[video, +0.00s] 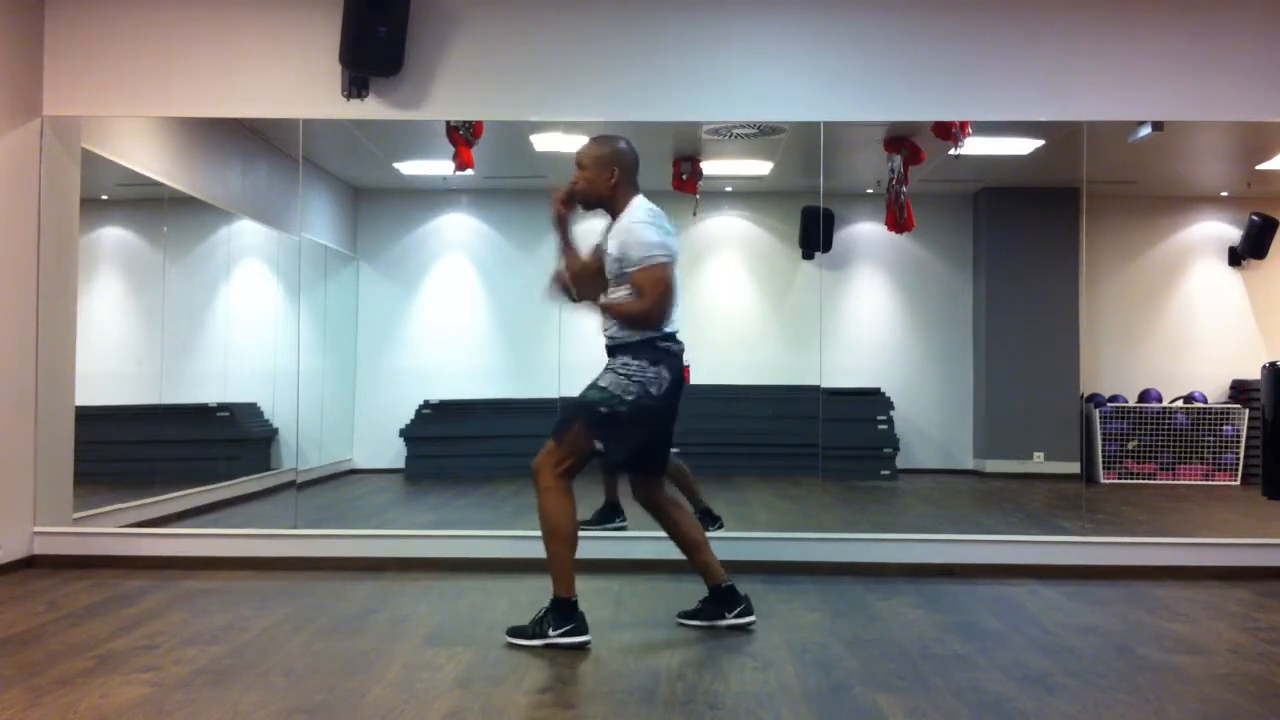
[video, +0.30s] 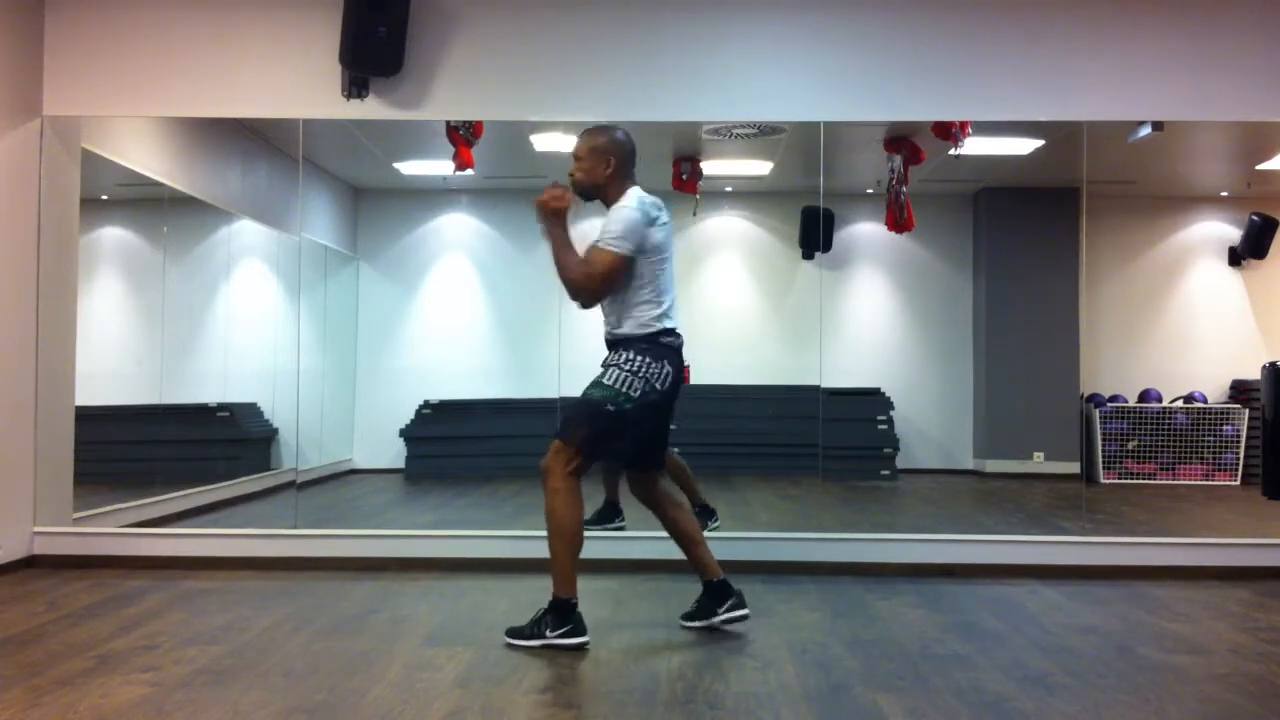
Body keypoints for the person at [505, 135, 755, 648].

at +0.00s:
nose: (575, 180)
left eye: (581, 170)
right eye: (576, 170)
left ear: (613, 175)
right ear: (615, 176)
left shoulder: (642, 223)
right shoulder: (621, 224)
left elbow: (651, 310)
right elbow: (584, 284)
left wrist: (591, 299)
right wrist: (563, 227)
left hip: (640, 368)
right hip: (647, 367)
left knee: (550, 469)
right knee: (649, 487)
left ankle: (564, 611)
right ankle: (724, 594)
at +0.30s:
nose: (572, 171)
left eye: (579, 162)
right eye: (574, 162)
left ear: (609, 165)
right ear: (615, 166)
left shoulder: (632, 211)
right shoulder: (637, 208)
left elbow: (585, 288)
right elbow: (589, 290)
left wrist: (556, 226)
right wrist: (559, 230)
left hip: (638, 360)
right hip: (651, 360)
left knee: (559, 467)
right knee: (646, 480)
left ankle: (563, 612)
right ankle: (718, 589)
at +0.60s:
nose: (594, 157)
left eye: (598, 148)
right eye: (595, 148)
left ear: (620, 148)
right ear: (644, 147)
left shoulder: (617, 194)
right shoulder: (678, 199)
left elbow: (566, 264)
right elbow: (648, 248)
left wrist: (575, 195)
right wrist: (603, 193)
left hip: (636, 342)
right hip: (674, 343)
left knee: (573, 464)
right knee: (681, 472)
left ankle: (564, 608)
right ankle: (723, 596)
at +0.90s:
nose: (577, 179)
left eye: (584, 169)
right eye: (579, 169)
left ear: (614, 176)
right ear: (623, 175)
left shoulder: (636, 220)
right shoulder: (645, 216)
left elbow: (580, 289)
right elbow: (591, 286)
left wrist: (575, 216)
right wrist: (583, 218)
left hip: (634, 369)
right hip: (655, 368)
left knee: (549, 468)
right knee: (663, 490)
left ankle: (561, 611)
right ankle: (743, 593)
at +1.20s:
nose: (559, 234)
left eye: (560, 225)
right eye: (558, 226)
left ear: (578, 217)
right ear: (605, 213)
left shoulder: (581, 253)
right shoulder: (654, 254)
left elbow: (554, 344)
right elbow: (652, 329)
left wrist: (548, 277)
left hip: (620, 397)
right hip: (663, 395)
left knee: (513, 473)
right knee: (633, 498)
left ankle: (516, 609)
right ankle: (715, 592)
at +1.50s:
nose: (483, 260)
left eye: (488, 249)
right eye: (481, 251)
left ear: (519, 247)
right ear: (519, 248)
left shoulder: (570, 290)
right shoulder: (528, 292)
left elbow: (547, 371)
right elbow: (516, 367)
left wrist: (501, 309)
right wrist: (491, 307)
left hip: (603, 412)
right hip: (582, 410)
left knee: (484, 477)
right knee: (549, 518)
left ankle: (515, 615)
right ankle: (661, 565)